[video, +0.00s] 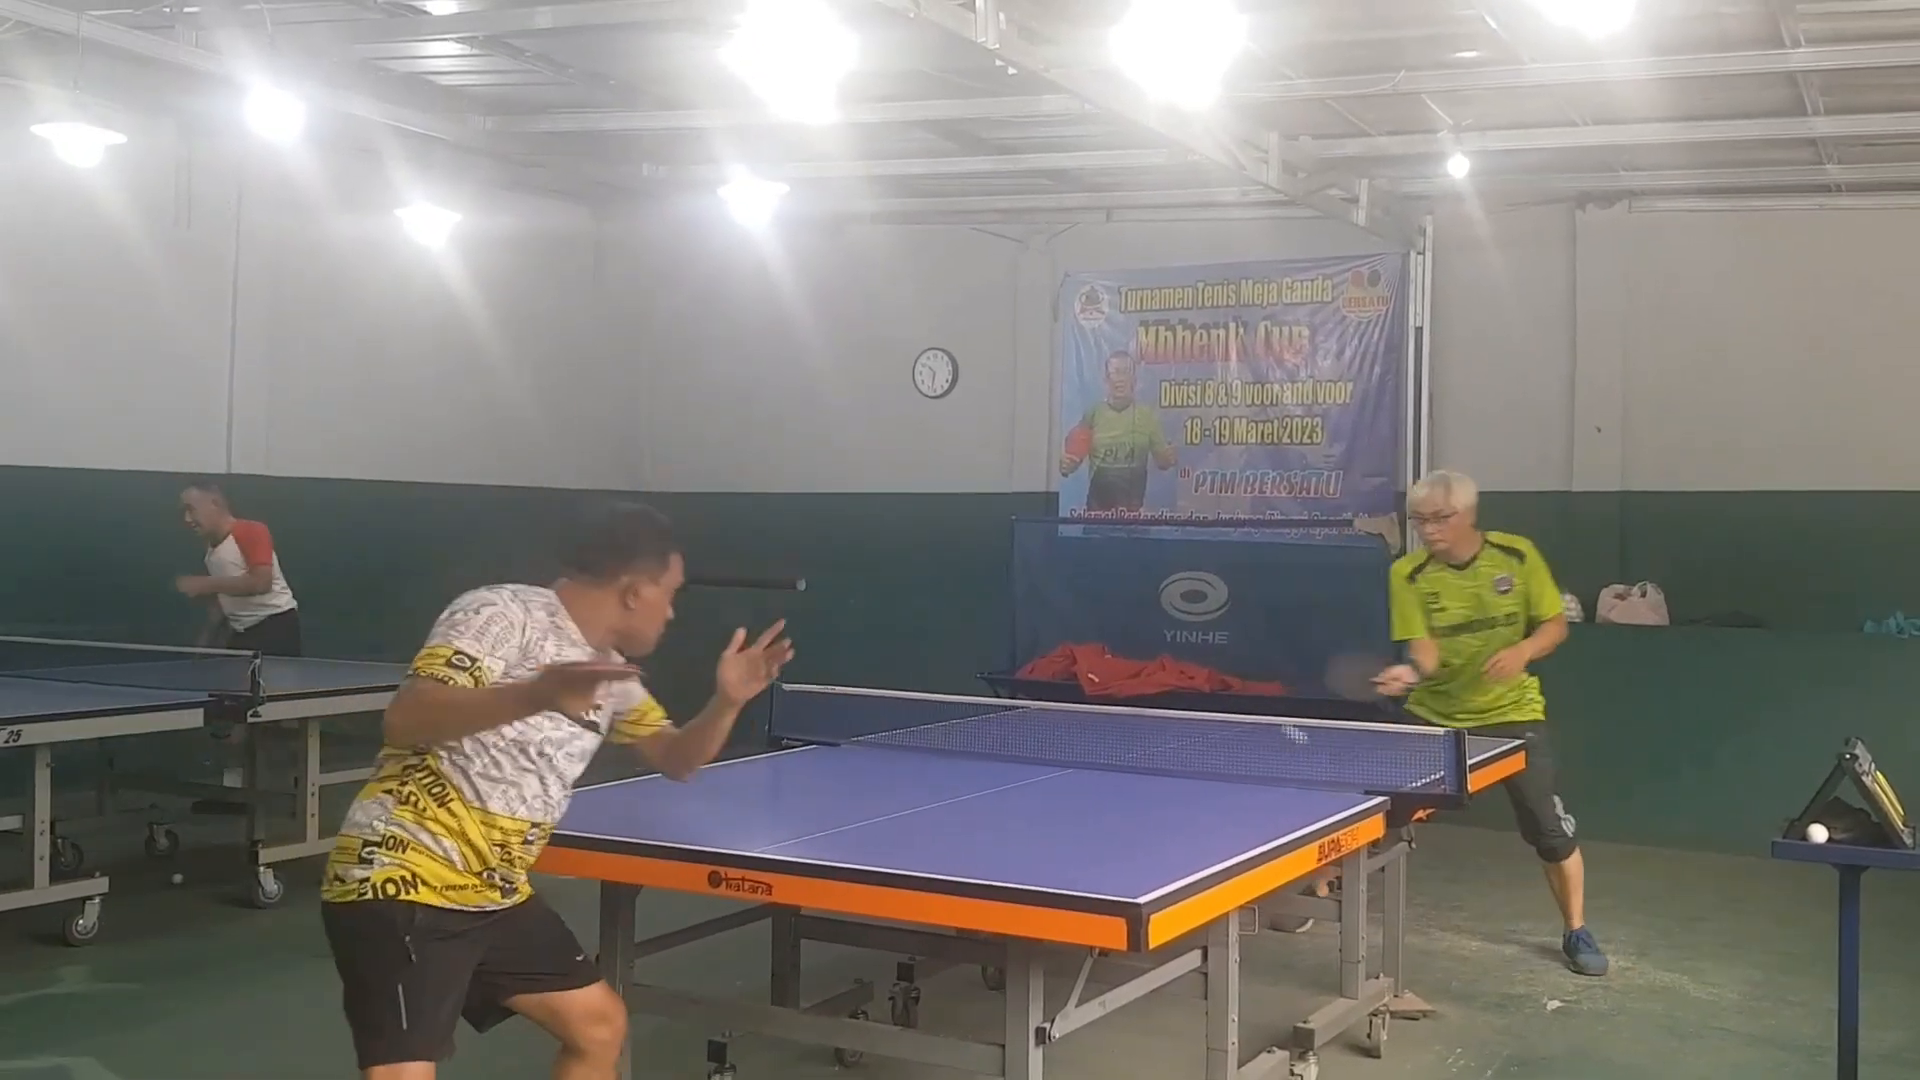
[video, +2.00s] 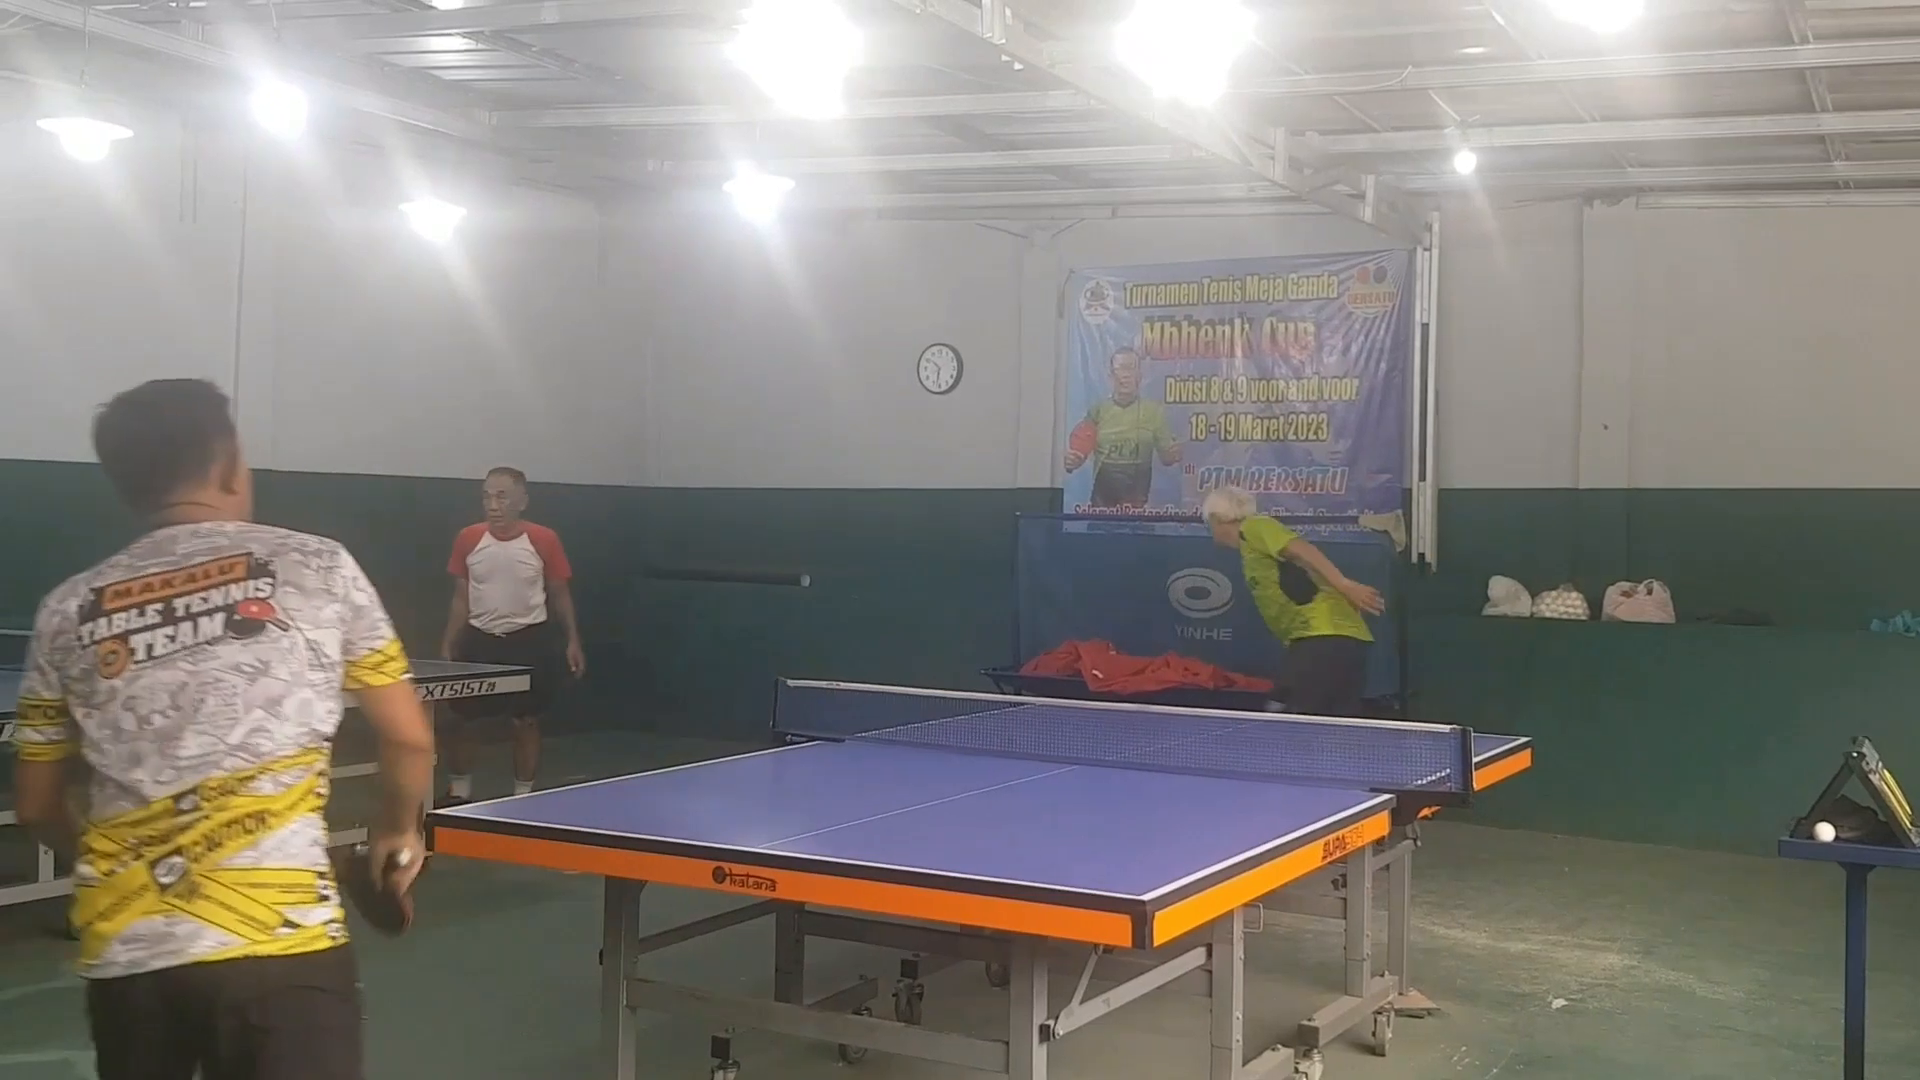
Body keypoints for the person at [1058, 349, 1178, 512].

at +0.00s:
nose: (1119, 379)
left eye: (1125, 373)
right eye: (1114, 373)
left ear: (1134, 378)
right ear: (1106, 378)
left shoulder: (1146, 416)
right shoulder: (1094, 414)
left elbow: (1161, 460)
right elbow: (1077, 448)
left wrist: (1168, 457)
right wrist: (1067, 464)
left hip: (1132, 500)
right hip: (1099, 500)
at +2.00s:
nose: (1124, 375)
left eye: (1130, 369)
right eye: (1118, 369)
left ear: (1139, 374)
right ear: (1111, 374)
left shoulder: (1153, 411)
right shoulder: (1098, 412)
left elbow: (1165, 456)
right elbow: (1082, 444)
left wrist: (1173, 454)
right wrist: (1072, 460)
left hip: (1137, 499)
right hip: (1103, 499)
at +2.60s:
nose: (1116, 381)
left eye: (1122, 374)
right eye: (1110, 375)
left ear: (1131, 380)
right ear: (1103, 381)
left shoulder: (1144, 418)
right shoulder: (1091, 418)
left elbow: (1158, 463)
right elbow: (1074, 449)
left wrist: (1165, 460)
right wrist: (1065, 466)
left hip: (1129, 506)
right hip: (1095, 507)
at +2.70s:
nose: (1116, 381)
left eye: (1122, 374)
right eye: (1110, 375)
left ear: (1131, 380)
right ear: (1103, 381)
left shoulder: (1144, 418)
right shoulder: (1091, 418)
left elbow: (1158, 462)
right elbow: (1074, 450)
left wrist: (1165, 460)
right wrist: (1064, 466)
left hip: (1129, 506)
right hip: (1095, 507)